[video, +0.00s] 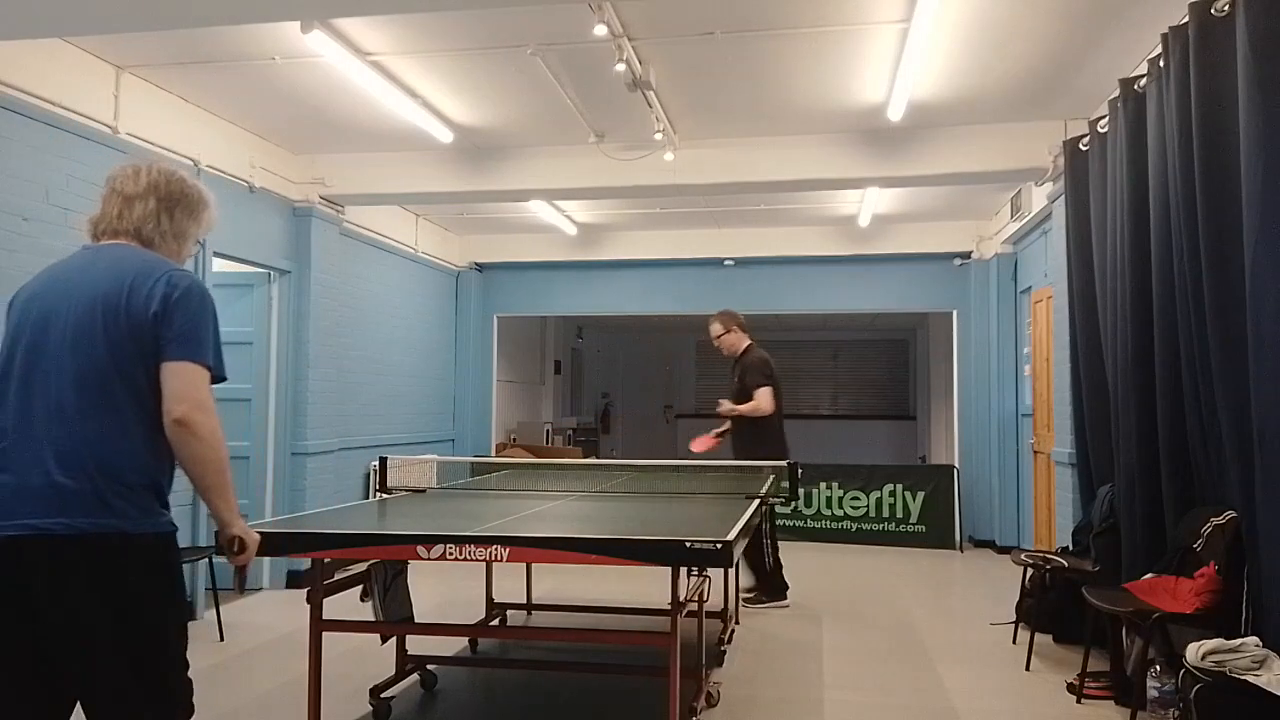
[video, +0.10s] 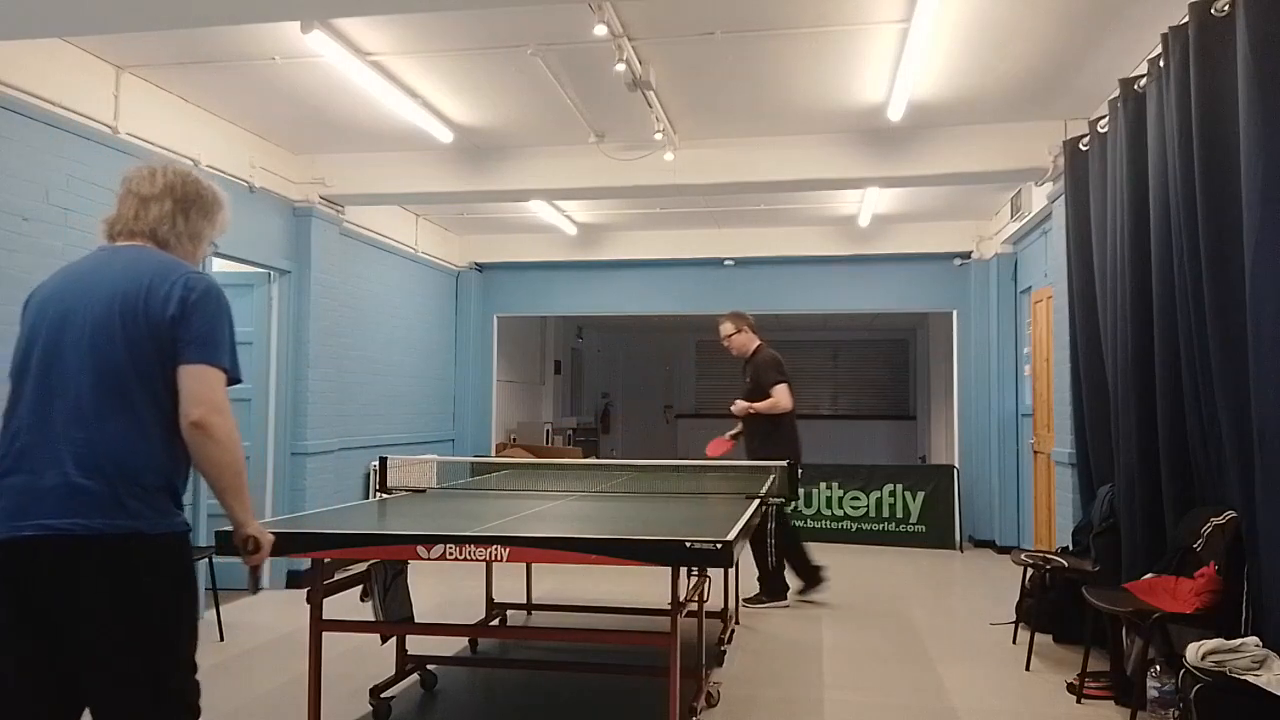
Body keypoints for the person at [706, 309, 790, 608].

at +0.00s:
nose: (716, 345)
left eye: (718, 338)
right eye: (714, 340)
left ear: (734, 331)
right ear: (731, 334)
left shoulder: (755, 361)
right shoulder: (743, 362)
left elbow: (766, 406)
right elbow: (746, 408)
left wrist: (733, 409)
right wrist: (725, 429)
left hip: (764, 459)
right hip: (752, 458)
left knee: (759, 523)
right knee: (752, 522)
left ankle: (774, 588)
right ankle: (765, 582)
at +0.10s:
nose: (727, 345)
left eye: (729, 338)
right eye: (724, 340)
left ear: (747, 331)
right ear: (736, 337)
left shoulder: (766, 359)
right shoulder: (752, 363)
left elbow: (784, 402)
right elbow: (761, 407)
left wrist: (750, 407)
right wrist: (738, 429)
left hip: (777, 459)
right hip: (764, 458)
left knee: (762, 524)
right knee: (773, 520)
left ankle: (773, 590)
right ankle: (810, 574)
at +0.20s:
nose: (736, 345)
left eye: (739, 338)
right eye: (733, 342)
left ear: (757, 332)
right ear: (734, 344)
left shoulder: (777, 361)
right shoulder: (762, 365)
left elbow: (798, 402)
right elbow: (774, 408)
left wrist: (759, 413)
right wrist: (752, 430)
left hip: (791, 460)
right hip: (779, 459)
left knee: (767, 525)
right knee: (805, 520)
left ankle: (774, 589)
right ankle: (844, 578)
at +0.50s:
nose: (759, 361)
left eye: (761, 354)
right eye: (756, 357)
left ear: (777, 345)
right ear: (775, 349)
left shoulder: (803, 368)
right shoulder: (792, 373)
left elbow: (826, 412)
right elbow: (806, 416)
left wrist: (792, 433)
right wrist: (784, 434)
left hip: (825, 460)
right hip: (821, 459)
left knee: (792, 519)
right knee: (833, 526)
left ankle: (781, 590)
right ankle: (862, 590)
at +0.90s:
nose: (746, 389)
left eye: (743, 382)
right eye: (742, 385)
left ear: (755, 369)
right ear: (757, 369)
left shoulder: (784, 382)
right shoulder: (788, 377)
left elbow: (790, 436)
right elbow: (795, 426)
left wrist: (754, 447)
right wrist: (765, 438)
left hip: (830, 461)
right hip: (844, 457)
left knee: (802, 528)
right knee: (838, 527)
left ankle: (781, 598)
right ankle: (862, 592)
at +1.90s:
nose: (729, 402)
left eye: (728, 395)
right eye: (726, 398)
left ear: (741, 385)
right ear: (745, 384)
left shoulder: (770, 396)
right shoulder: (777, 390)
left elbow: (752, 446)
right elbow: (763, 441)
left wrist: (720, 437)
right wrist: (734, 438)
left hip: (827, 463)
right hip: (842, 458)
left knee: (789, 521)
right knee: (832, 529)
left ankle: (779, 597)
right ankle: (861, 591)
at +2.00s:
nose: (738, 382)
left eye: (740, 375)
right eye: (736, 377)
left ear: (756, 369)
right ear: (758, 369)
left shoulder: (778, 386)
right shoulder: (786, 381)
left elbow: (745, 422)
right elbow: (753, 421)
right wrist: (734, 411)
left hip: (830, 464)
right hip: (843, 459)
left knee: (791, 522)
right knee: (832, 529)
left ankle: (780, 597)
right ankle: (861, 591)